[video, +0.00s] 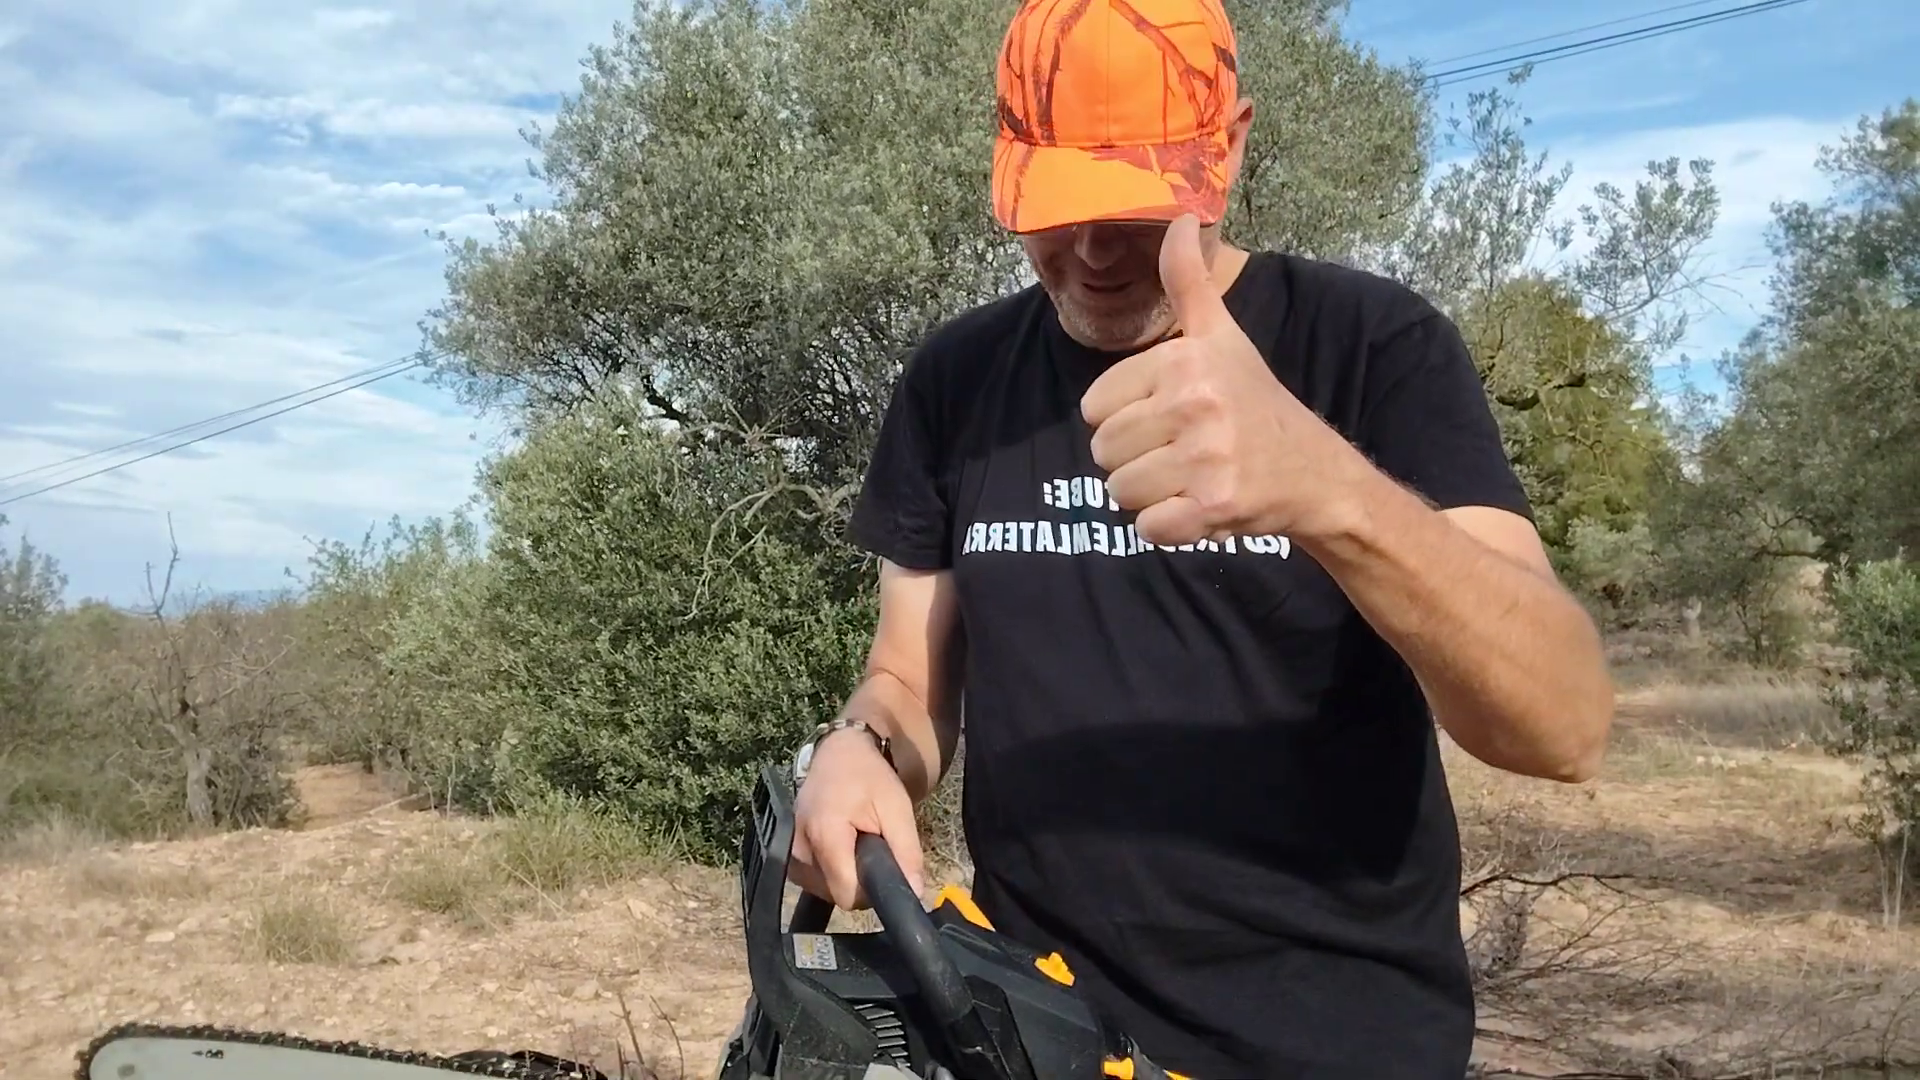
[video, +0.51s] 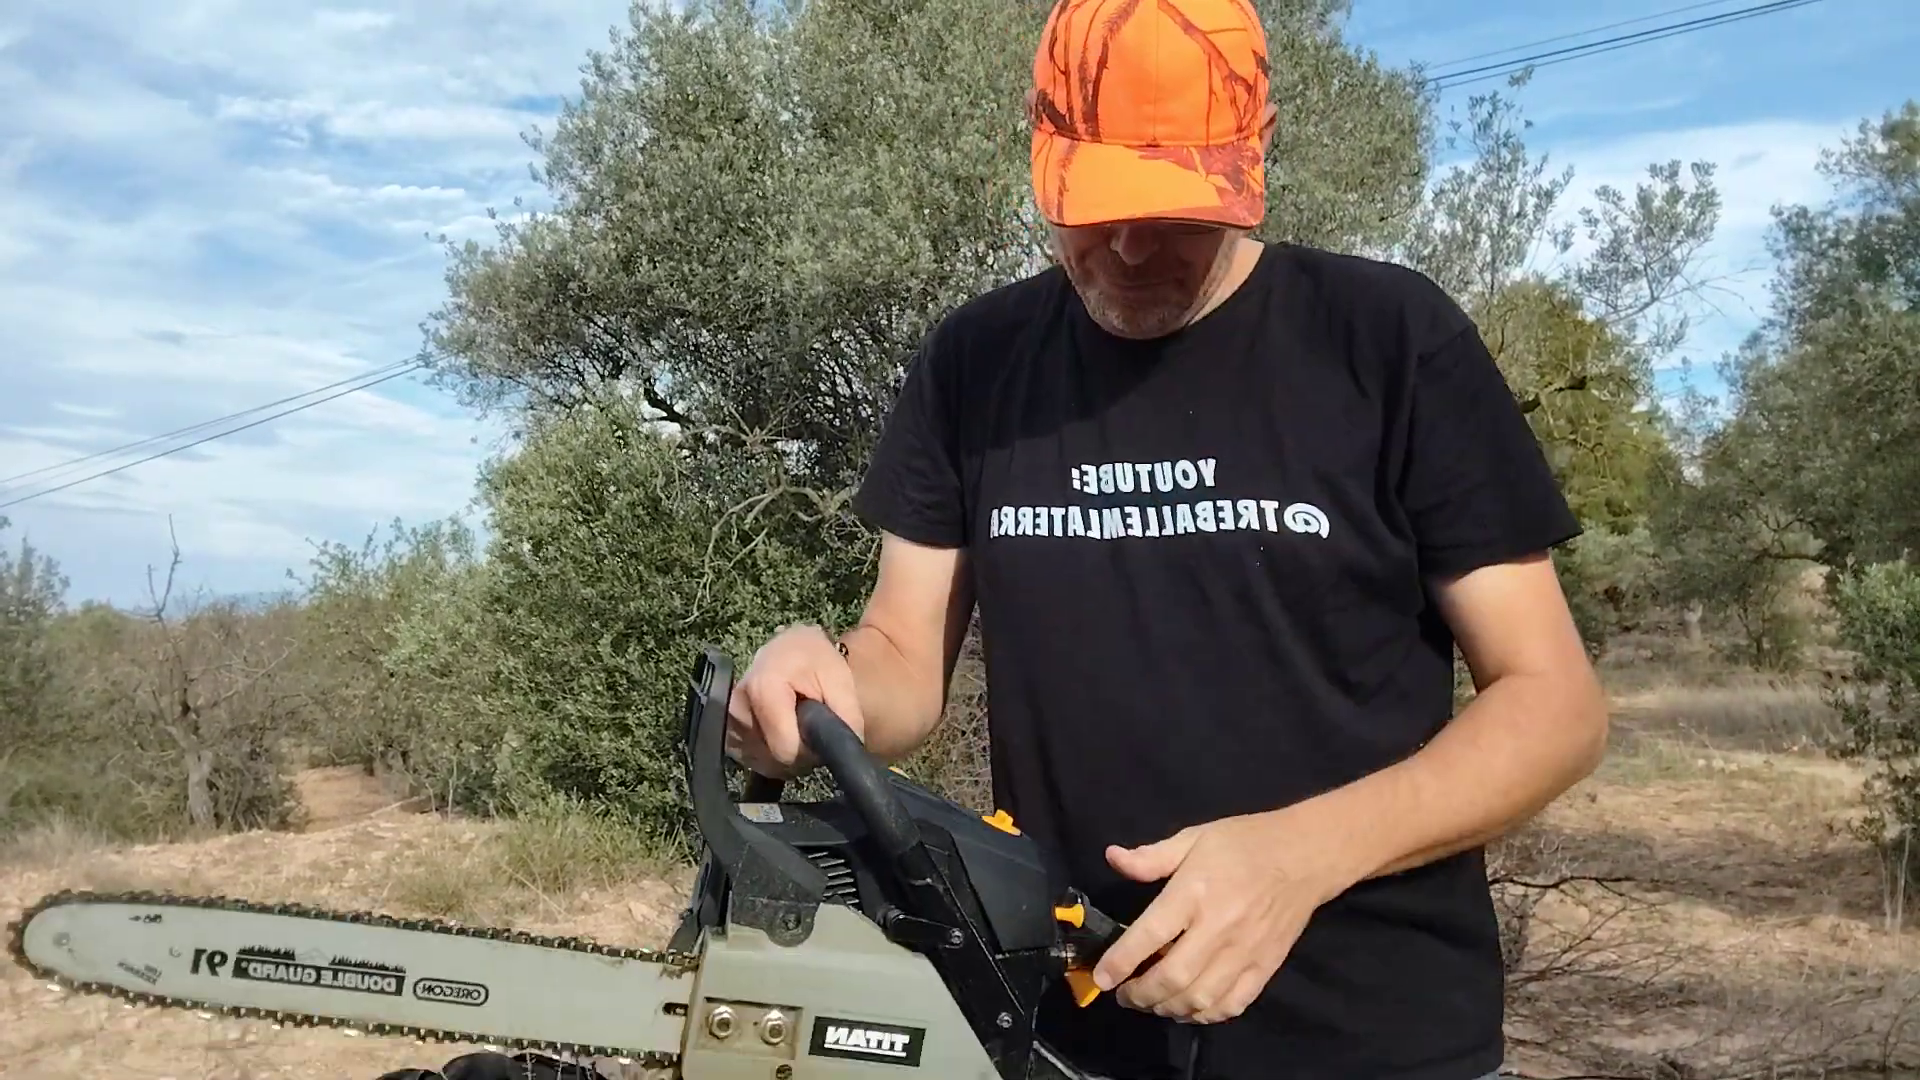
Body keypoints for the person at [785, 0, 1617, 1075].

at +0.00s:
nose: (1088, 250)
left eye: (1135, 204)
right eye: (1051, 201)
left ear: (1221, 162)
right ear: (1009, 170)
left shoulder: (1372, 344)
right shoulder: (955, 383)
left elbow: (1565, 731)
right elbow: (908, 689)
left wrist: (1327, 488)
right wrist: (857, 751)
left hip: (1341, 1023)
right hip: (1050, 1015)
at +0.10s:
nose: (1093, 274)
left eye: (1138, 234)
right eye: (1056, 230)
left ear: (1222, 177)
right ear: (1012, 177)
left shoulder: (1374, 351)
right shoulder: (958, 386)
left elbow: (1569, 735)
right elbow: (909, 698)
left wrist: (1330, 517)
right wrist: (848, 749)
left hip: (1340, 1022)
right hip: (1046, 1006)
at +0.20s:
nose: (1100, 272)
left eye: (1146, 234)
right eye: (1061, 231)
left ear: (1225, 171)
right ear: (1014, 181)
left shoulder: (1370, 346)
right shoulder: (958, 384)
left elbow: (1578, 738)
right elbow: (908, 698)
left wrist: (1329, 606)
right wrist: (840, 740)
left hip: (1357, 1025)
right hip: (1066, 1012)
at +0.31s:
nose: (1101, 271)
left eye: (1145, 234)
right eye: (1061, 232)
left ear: (1221, 174)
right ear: (1012, 180)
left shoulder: (1367, 339)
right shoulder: (955, 377)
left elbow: (1573, 721)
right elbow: (902, 686)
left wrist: (1321, 727)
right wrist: (828, 726)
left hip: (1365, 1038)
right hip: (1073, 1029)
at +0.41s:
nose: (1105, 257)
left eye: (1150, 216)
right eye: (1067, 213)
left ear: (1225, 172)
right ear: (1018, 172)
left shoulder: (1375, 339)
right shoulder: (963, 369)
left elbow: (1559, 706)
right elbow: (897, 677)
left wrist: (1316, 824)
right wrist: (821, 703)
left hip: (1369, 1040)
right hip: (1078, 1037)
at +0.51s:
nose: (1132, 238)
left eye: (1176, 198)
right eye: (1094, 191)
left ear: (1249, 165)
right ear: (1042, 163)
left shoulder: (1392, 338)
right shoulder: (973, 369)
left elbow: (1556, 703)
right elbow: (901, 673)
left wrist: (1308, 850)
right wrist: (819, 672)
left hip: (1375, 1039)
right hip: (1083, 1043)